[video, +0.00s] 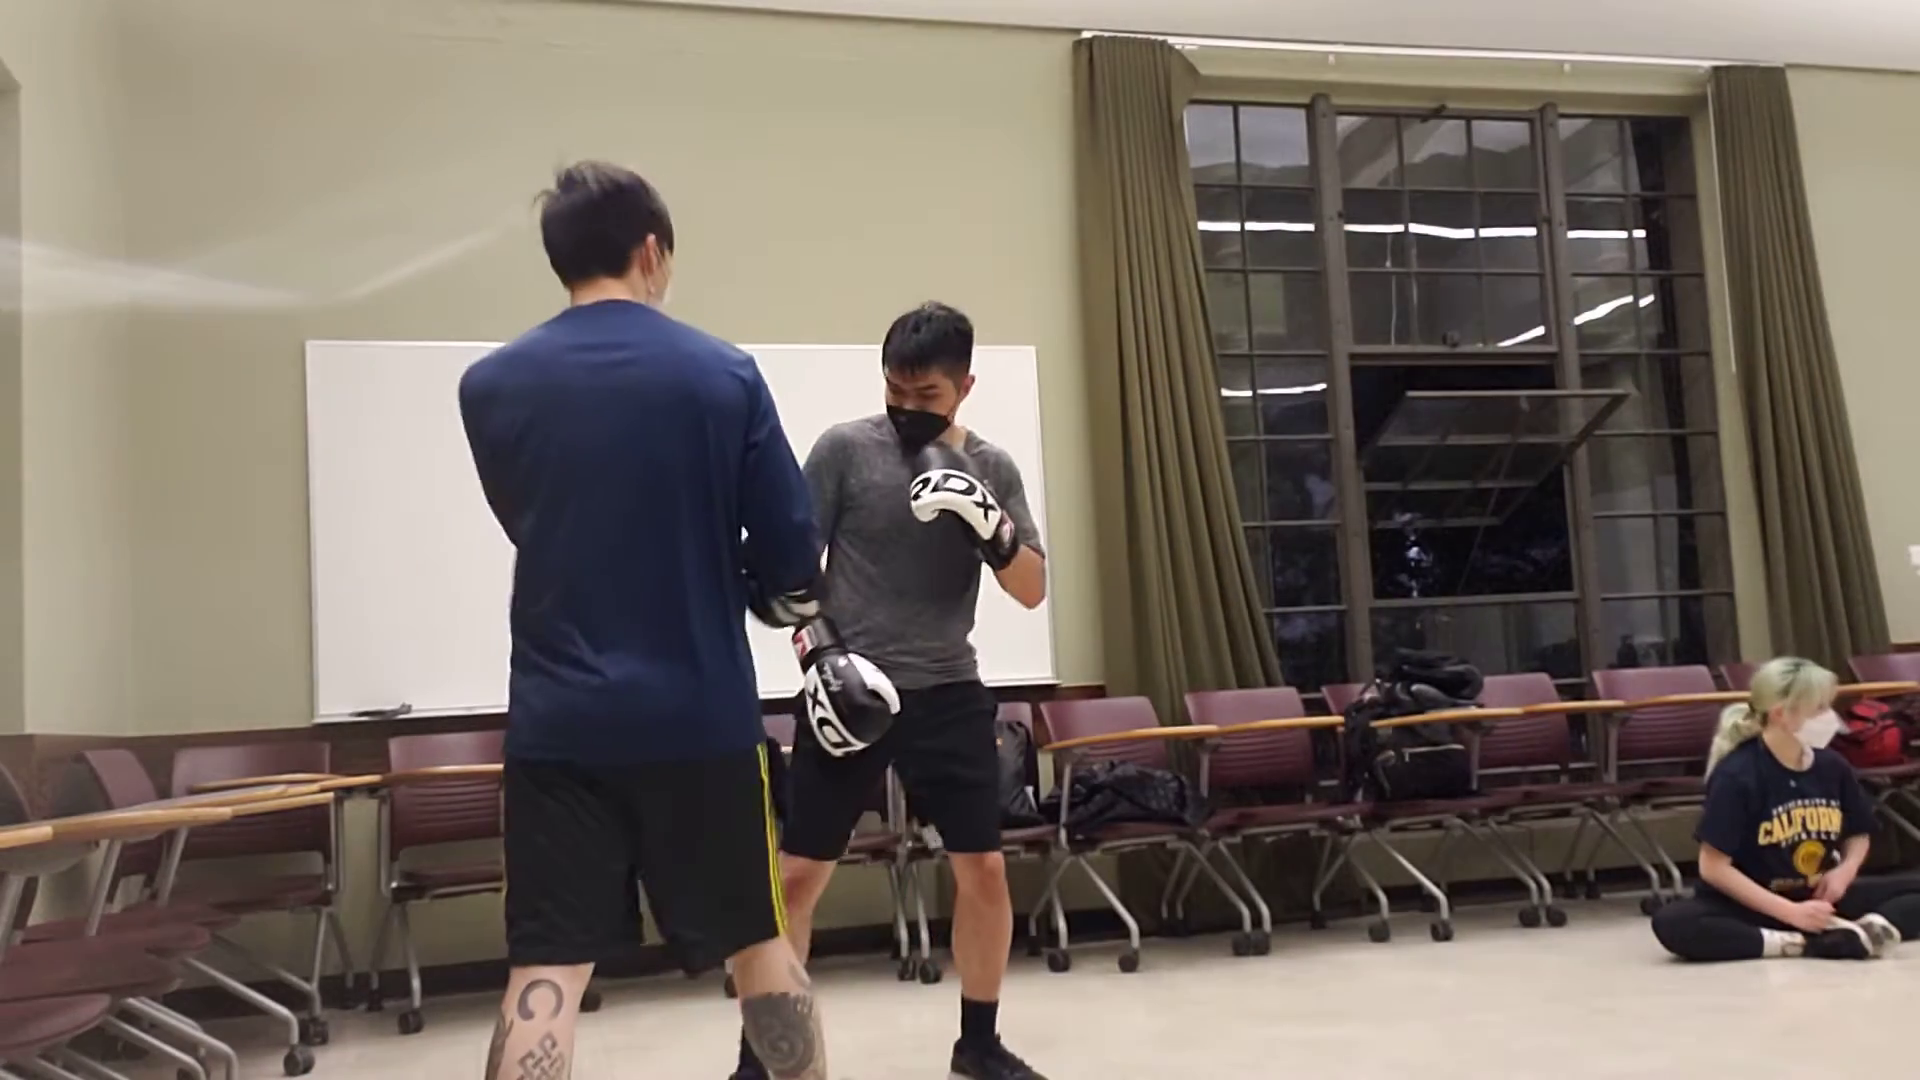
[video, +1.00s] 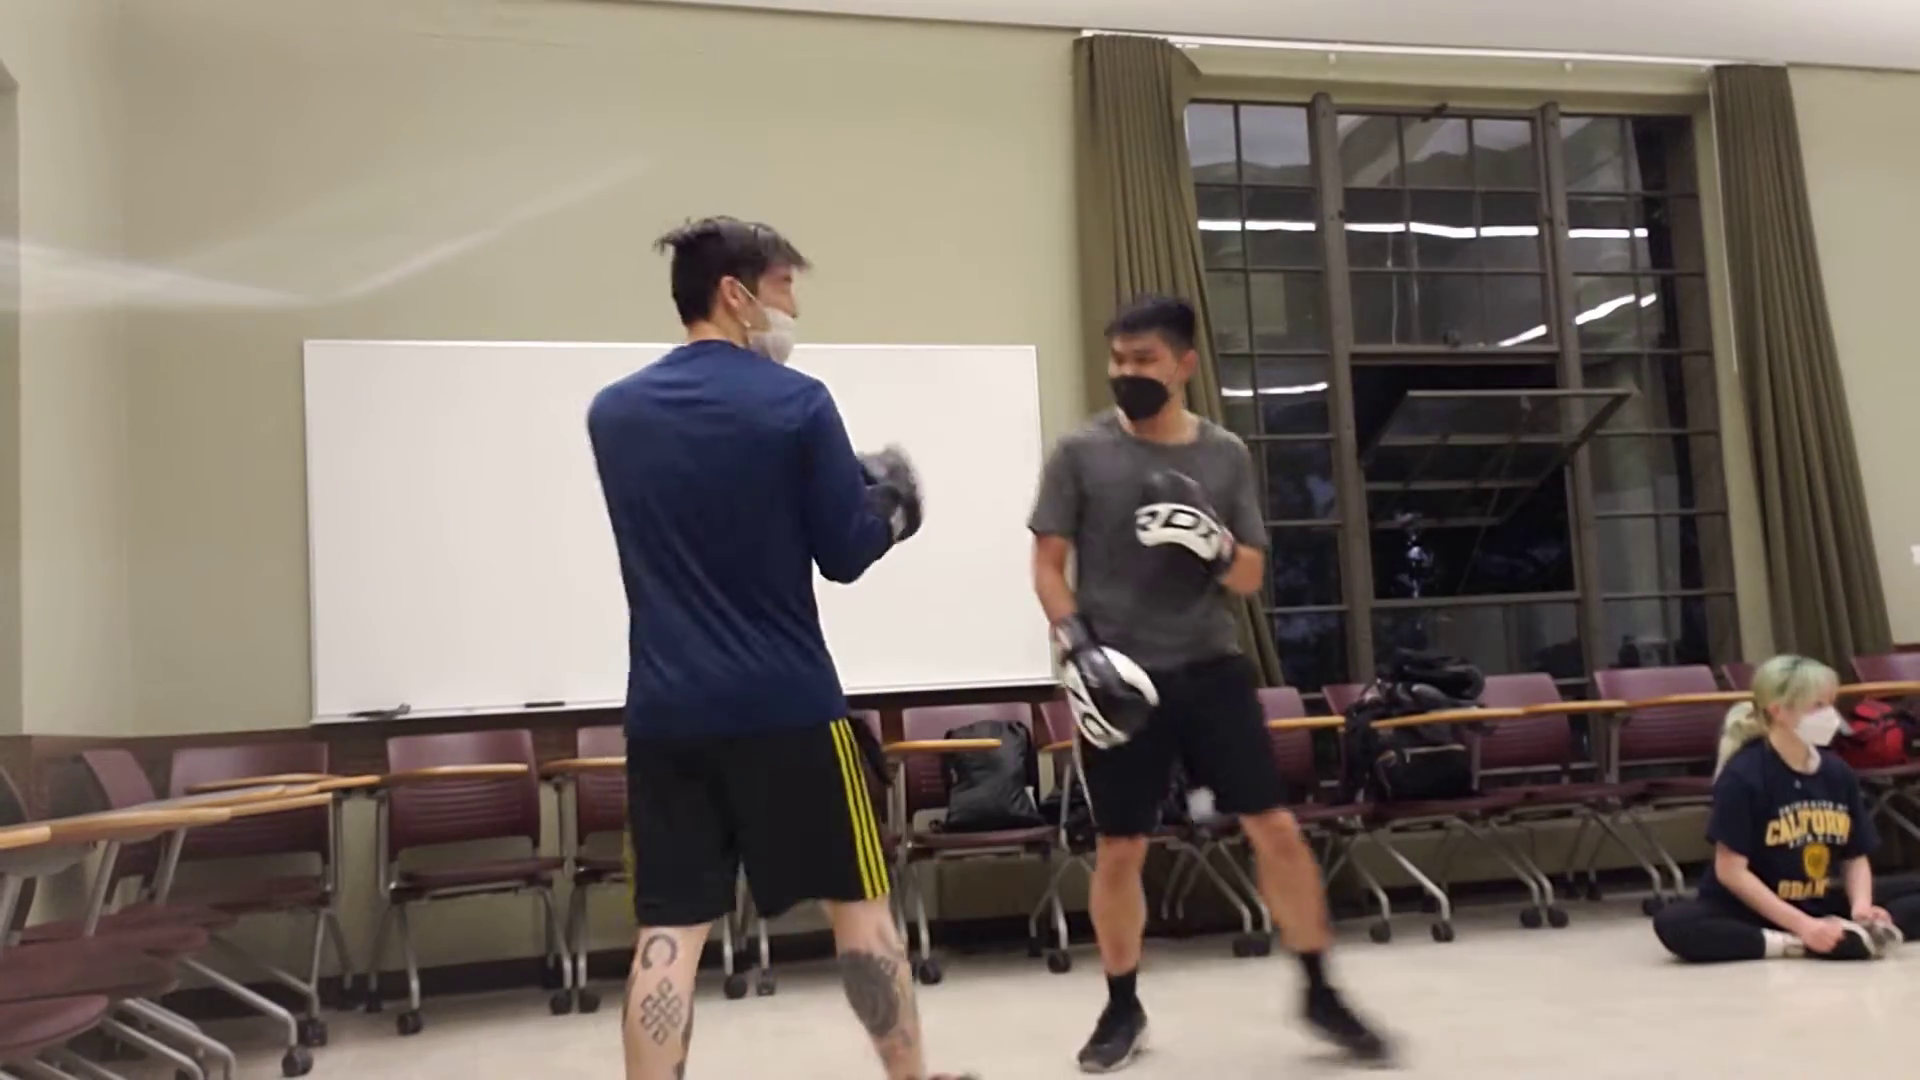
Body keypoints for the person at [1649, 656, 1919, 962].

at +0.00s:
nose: (1832, 718)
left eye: (1829, 707)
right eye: (1820, 710)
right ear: (1780, 715)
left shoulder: (1833, 767)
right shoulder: (1737, 774)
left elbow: (1860, 832)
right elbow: (1711, 867)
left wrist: (1844, 872)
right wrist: (1790, 912)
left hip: (1824, 897)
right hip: (1752, 905)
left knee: (1916, 890)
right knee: (1670, 923)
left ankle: (1857, 934)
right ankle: (1794, 945)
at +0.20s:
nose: (1827, 717)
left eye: (1825, 707)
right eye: (1816, 709)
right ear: (1776, 714)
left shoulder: (1831, 765)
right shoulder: (1736, 774)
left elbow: (1852, 834)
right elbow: (1716, 868)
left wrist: (1846, 871)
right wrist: (1795, 913)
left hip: (1825, 897)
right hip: (1754, 906)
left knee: (1916, 891)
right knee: (1670, 923)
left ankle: (1861, 934)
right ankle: (1792, 944)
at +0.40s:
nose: (1830, 716)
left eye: (1828, 706)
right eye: (1817, 708)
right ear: (1778, 714)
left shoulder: (1833, 769)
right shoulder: (1738, 776)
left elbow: (1853, 842)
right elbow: (1720, 871)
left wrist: (1855, 881)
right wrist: (1799, 919)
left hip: (1827, 902)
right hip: (1756, 907)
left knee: (1915, 898)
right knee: (1671, 922)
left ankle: (1861, 936)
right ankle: (1793, 944)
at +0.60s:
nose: (1830, 716)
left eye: (1829, 705)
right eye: (1817, 707)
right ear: (1777, 712)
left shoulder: (1836, 772)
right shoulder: (1740, 775)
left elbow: (1857, 852)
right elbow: (1724, 870)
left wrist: (1859, 899)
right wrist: (1801, 920)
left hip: (1828, 903)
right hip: (1755, 908)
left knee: (1916, 899)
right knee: (1672, 922)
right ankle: (1792, 944)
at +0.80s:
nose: (1830, 716)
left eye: (1831, 705)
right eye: (1817, 707)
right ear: (1777, 711)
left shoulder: (1838, 774)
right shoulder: (1742, 774)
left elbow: (1857, 855)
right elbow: (1729, 870)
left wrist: (1861, 905)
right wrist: (1803, 924)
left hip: (1827, 906)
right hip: (1753, 909)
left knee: (1916, 902)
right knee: (1672, 922)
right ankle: (1793, 944)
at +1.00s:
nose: (1832, 716)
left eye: (1832, 705)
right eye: (1818, 707)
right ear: (1777, 711)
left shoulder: (1838, 774)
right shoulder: (1743, 775)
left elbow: (1856, 855)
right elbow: (1729, 870)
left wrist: (1861, 905)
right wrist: (1803, 925)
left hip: (1826, 907)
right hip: (1752, 910)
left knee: (1915, 901)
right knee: (1671, 922)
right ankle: (1792, 943)